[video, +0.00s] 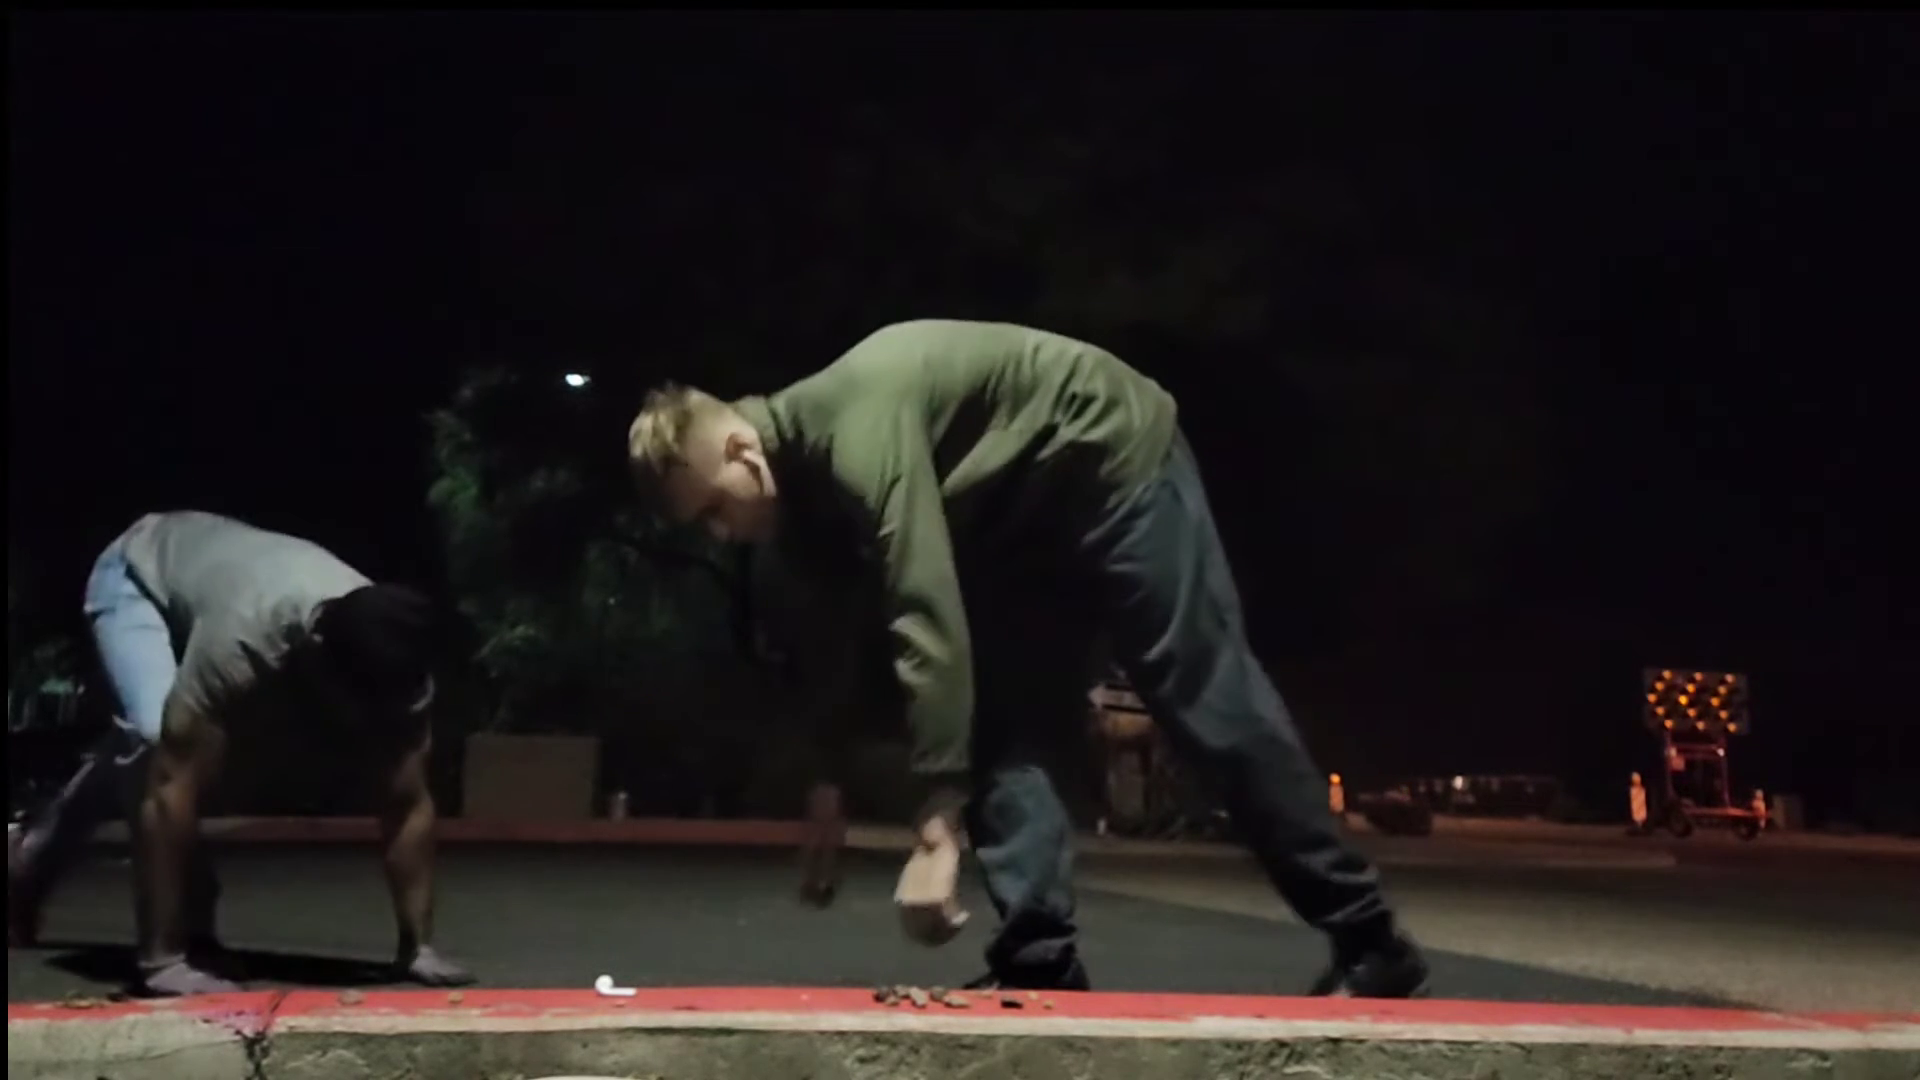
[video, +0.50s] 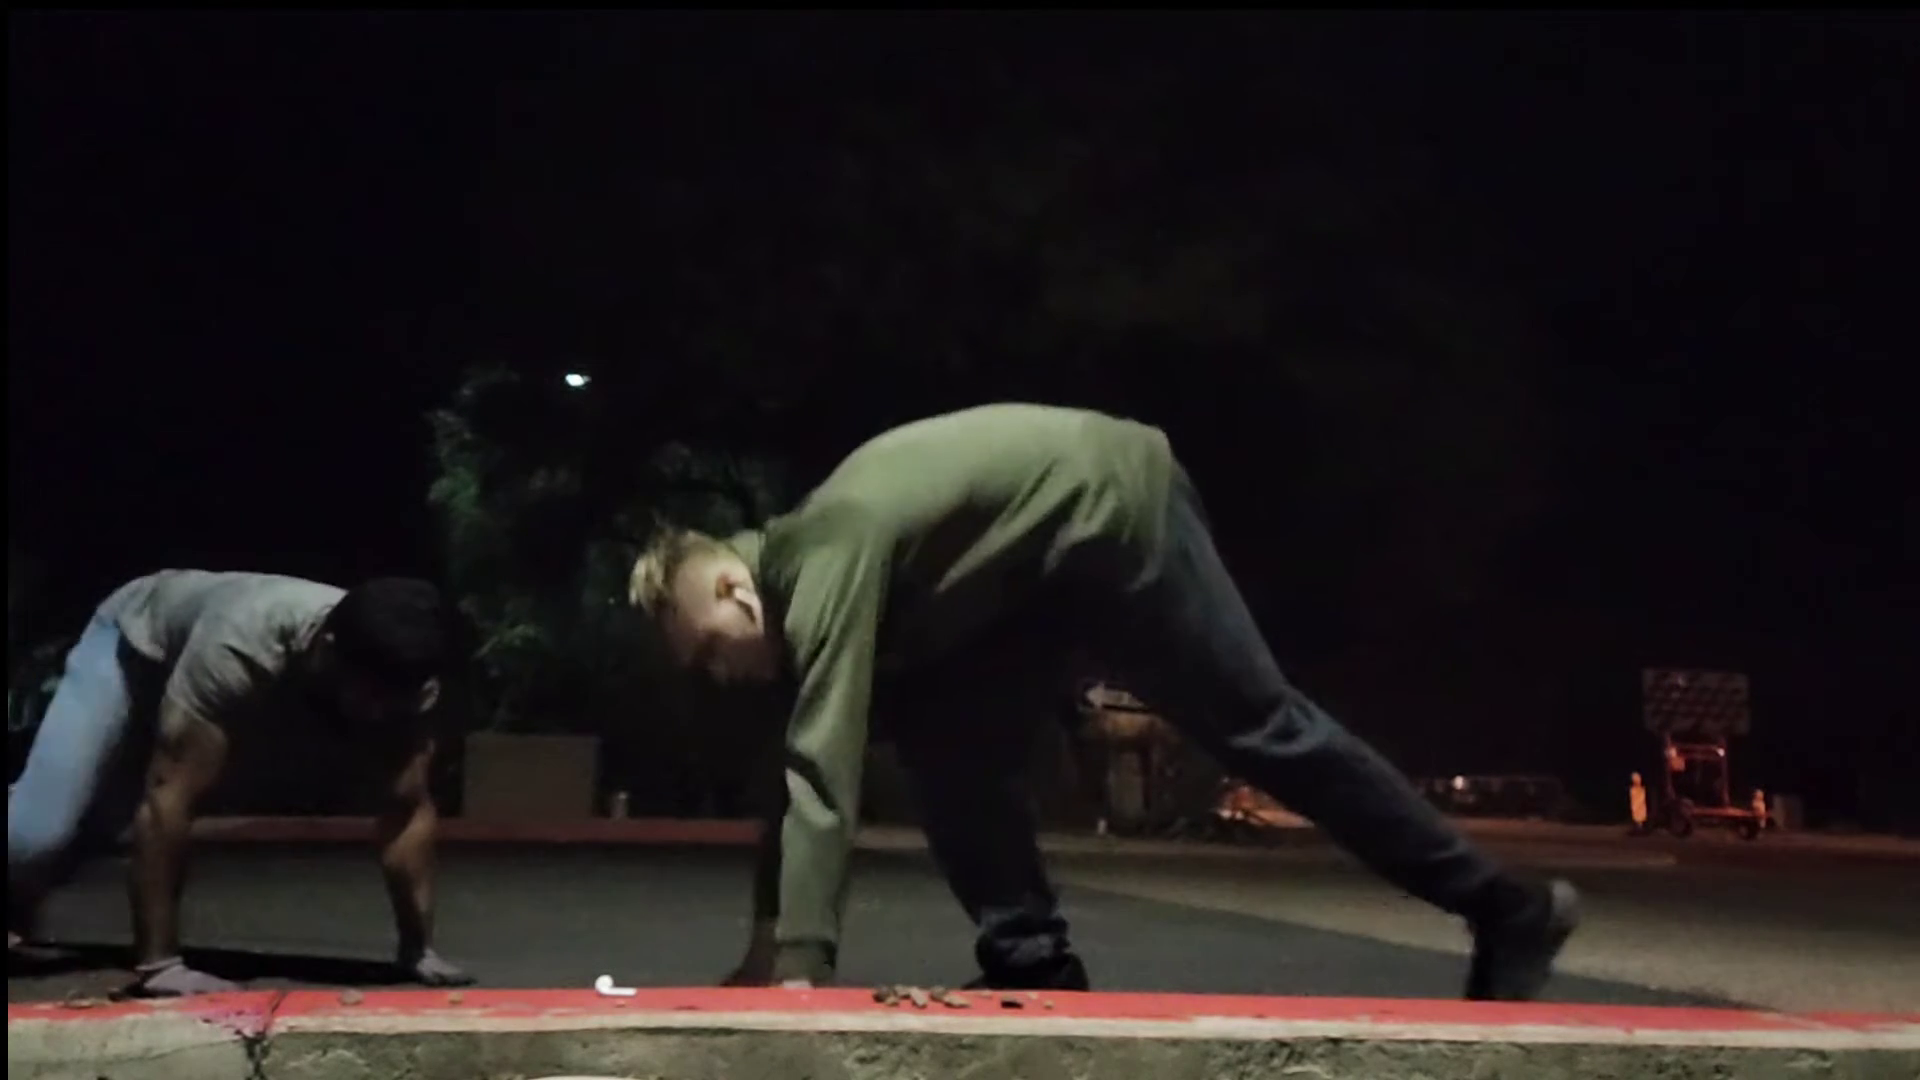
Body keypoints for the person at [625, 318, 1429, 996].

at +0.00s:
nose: (720, 537)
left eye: (712, 512)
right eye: (702, 527)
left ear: (743, 453)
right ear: (732, 465)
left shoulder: (864, 429)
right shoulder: (795, 477)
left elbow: (928, 628)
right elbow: (825, 657)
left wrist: (936, 834)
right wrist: (824, 807)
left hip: (1117, 459)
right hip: (1008, 523)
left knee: (1207, 701)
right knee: (1008, 729)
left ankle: (1370, 941)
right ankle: (1039, 965)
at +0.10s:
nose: (724, 563)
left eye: (712, 537)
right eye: (702, 555)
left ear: (734, 470)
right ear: (724, 486)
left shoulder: (856, 452)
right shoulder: (793, 505)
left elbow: (904, 655)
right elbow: (820, 689)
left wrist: (899, 855)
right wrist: (817, 835)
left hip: (1114, 465)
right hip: (1007, 533)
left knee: (1223, 706)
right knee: (991, 733)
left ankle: (1406, 930)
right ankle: (1038, 955)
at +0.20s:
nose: (724, 590)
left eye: (709, 569)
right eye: (704, 583)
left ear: (731, 503)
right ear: (729, 514)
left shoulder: (847, 476)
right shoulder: (792, 526)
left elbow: (875, 691)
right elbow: (807, 709)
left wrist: (848, 892)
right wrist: (778, 873)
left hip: (1110, 466)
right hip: (1000, 538)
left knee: (1228, 700)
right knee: (980, 732)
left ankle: (1430, 922)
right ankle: (1035, 946)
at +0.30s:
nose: (725, 627)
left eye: (710, 601)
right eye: (705, 616)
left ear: (735, 538)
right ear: (730, 545)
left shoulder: (842, 512)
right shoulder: (799, 539)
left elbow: (845, 725)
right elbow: (809, 739)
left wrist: (809, 929)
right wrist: (763, 905)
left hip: (1110, 472)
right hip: (1001, 541)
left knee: (1237, 707)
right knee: (974, 727)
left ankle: (1453, 914)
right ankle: (1031, 949)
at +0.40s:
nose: (731, 654)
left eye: (713, 628)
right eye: (709, 645)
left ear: (732, 566)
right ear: (728, 575)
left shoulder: (834, 540)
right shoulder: (805, 557)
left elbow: (824, 750)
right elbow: (802, 759)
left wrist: (794, 951)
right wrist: (753, 940)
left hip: (1110, 485)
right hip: (1012, 552)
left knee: (1249, 716)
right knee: (957, 733)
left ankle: (1483, 907)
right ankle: (1029, 956)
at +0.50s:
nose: (736, 670)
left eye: (717, 645)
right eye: (713, 665)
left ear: (732, 584)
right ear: (729, 596)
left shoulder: (833, 553)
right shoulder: (802, 569)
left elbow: (823, 771)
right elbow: (806, 771)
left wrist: (801, 960)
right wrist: (767, 951)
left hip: (1114, 504)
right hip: (1021, 561)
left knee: (1264, 731)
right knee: (947, 742)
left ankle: (1506, 909)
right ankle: (1028, 961)